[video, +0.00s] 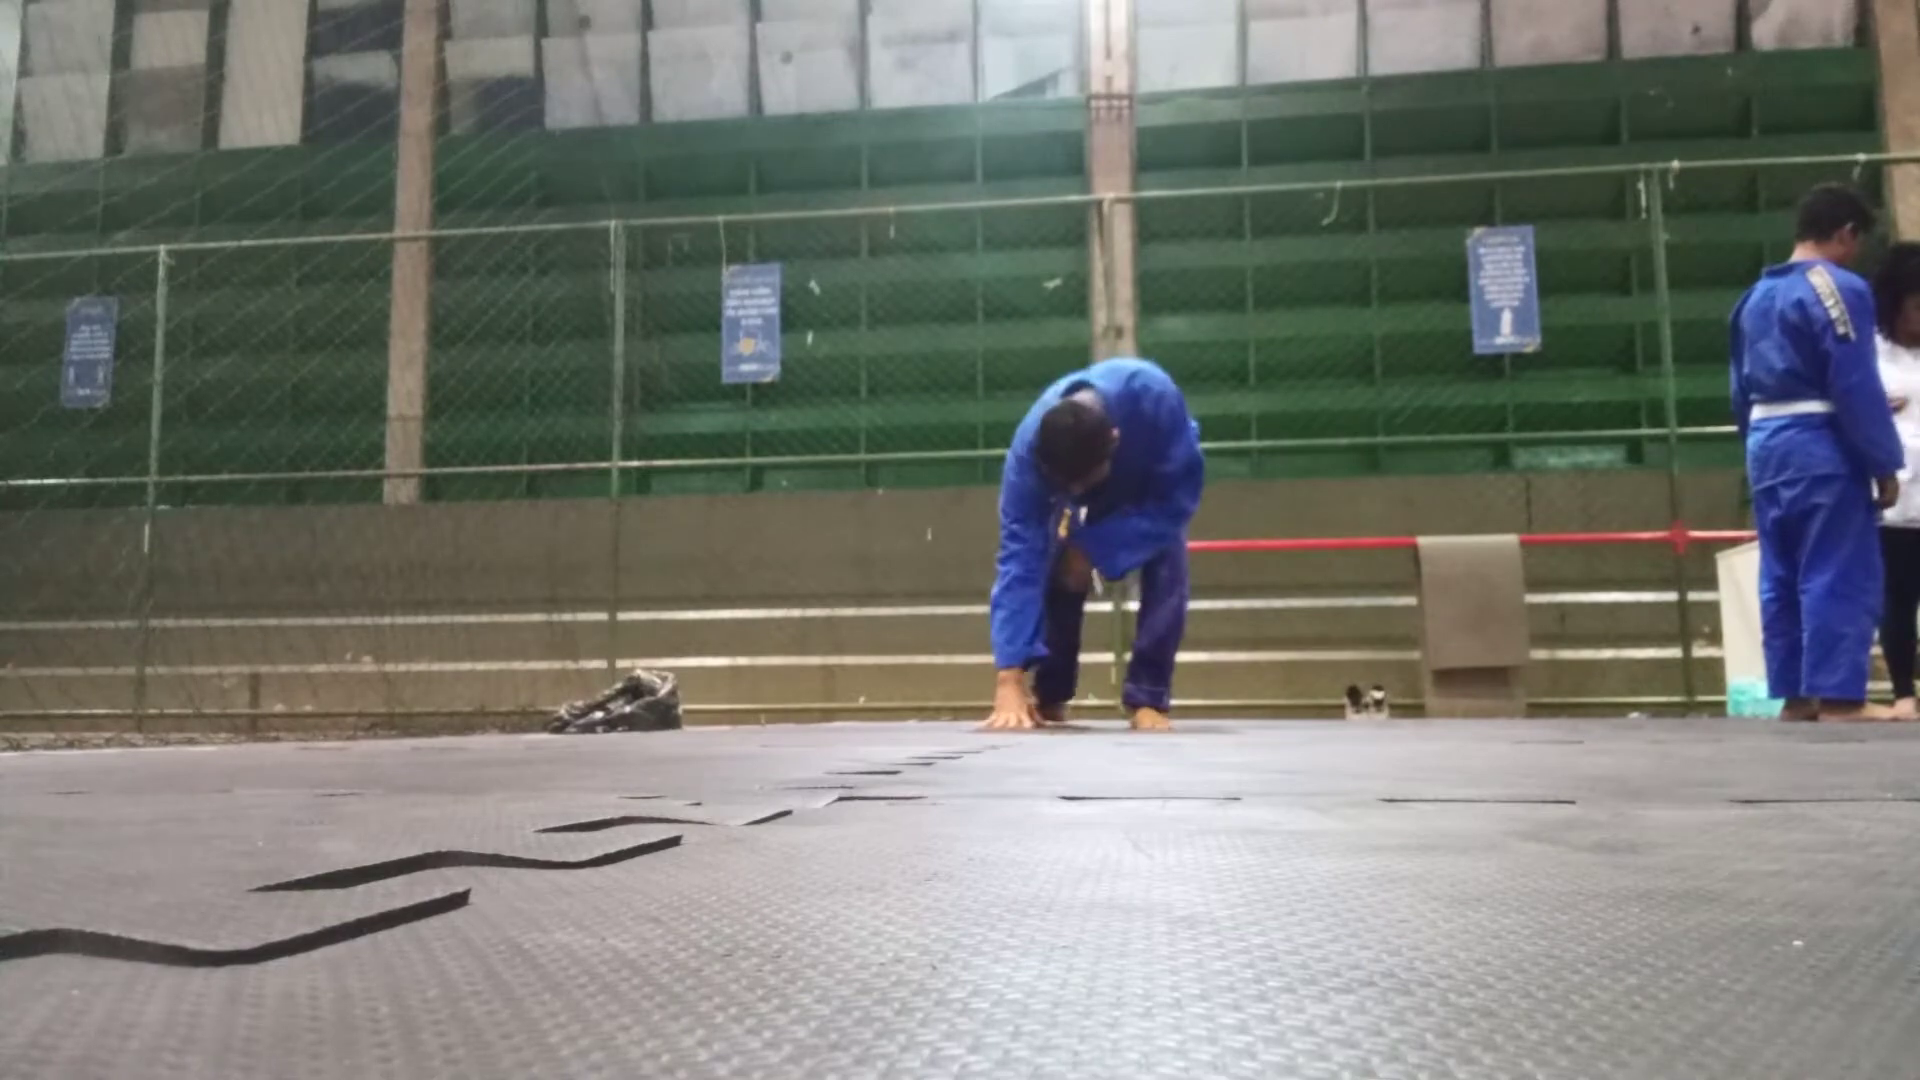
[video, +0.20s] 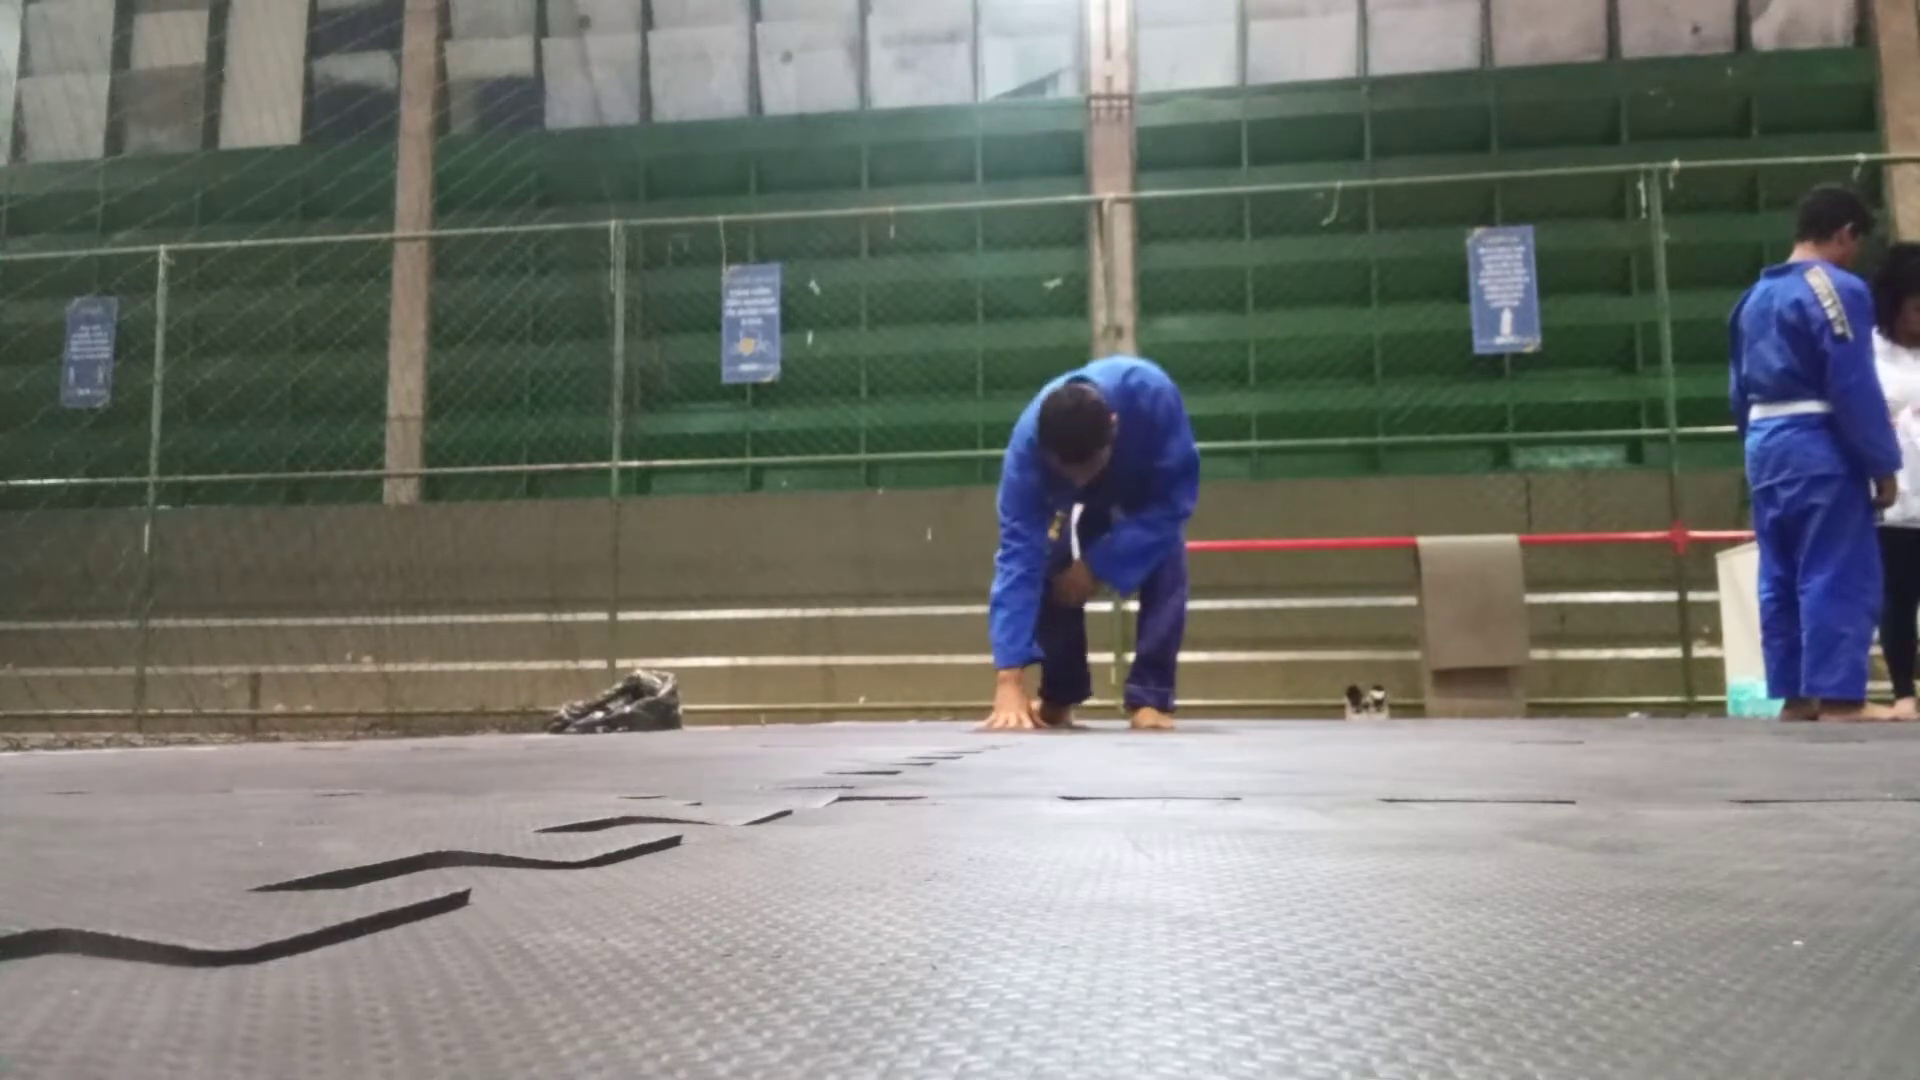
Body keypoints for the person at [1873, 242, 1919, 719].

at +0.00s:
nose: (1918, 315)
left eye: (1919, 305)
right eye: (1912, 304)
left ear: (1912, 308)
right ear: (1892, 303)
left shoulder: (1892, 354)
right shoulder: (1873, 349)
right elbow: (1854, 405)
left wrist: (1891, 400)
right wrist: (1891, 400)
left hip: (1913, 497)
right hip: (1895, 497)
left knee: (1907, 603)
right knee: (1899, 603)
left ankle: (1908, 690)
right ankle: (1904, 691)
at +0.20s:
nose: (1917, 316)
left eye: (1919, 306)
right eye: (1912, 305)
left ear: (1914, 308)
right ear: (1891, 304)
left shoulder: (1894, 355)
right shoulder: (1871, 350)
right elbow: (1862, 413)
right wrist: (1875, 466)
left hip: (1912, 498)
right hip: (1895, 498)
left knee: (1906, 604)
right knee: (1899, 603)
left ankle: (1908, 690)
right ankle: (1904, 692)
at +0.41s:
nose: (1916, 315)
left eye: (1918, 305)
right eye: (1910, 304)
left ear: (1914, 307)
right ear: (1890, 303)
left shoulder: (1887, 353)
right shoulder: (1871, 350)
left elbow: (1864, 414)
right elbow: (1860, 413)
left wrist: (1875, 464)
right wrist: (1874, 465)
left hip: (1911, 497)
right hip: (1894, 496)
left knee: (1906, 603)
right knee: (1898, 603)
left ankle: (1908, 690)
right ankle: (1904, 691)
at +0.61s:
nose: (1915, 321)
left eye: (1918, 311)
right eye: (1908, 310)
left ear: (1918, 310)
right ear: (1887, 308)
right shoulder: (1870, 352)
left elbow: (1865, 418)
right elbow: (1860, 416)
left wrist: (1875, 465)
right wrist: (1873, 467)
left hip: (1911, 497)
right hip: (1894, 497)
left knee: (1906, 603)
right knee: (1898, 603)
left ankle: (1908, 690)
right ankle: (1904, 691)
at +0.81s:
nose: (1914, 322)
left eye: (1917, 312)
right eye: (1907, 312)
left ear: (1918, 311)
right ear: (1886, 310)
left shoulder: (1894, 359)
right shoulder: (1870, 354)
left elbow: (1877, 415)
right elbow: (1866, 418)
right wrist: (1897, 406)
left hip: (1911, 500)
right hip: (1895, 499)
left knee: (1905, 605)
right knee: (1898, 605)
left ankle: (1907, 690)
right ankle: (1904, 691)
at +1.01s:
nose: (1913, 322)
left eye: (1917, 312)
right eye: (1907, 312)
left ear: (1919, 311)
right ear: (1885, 310)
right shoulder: (1869, 355)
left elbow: (1860, 420)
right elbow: (1856, 419)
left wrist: (1873, 470)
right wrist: (1868, 472)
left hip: (1910, 502)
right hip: (1892, 502)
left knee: (1905, 606)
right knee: (1897, 606)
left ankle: (1908, 690)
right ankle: (1903, 691)